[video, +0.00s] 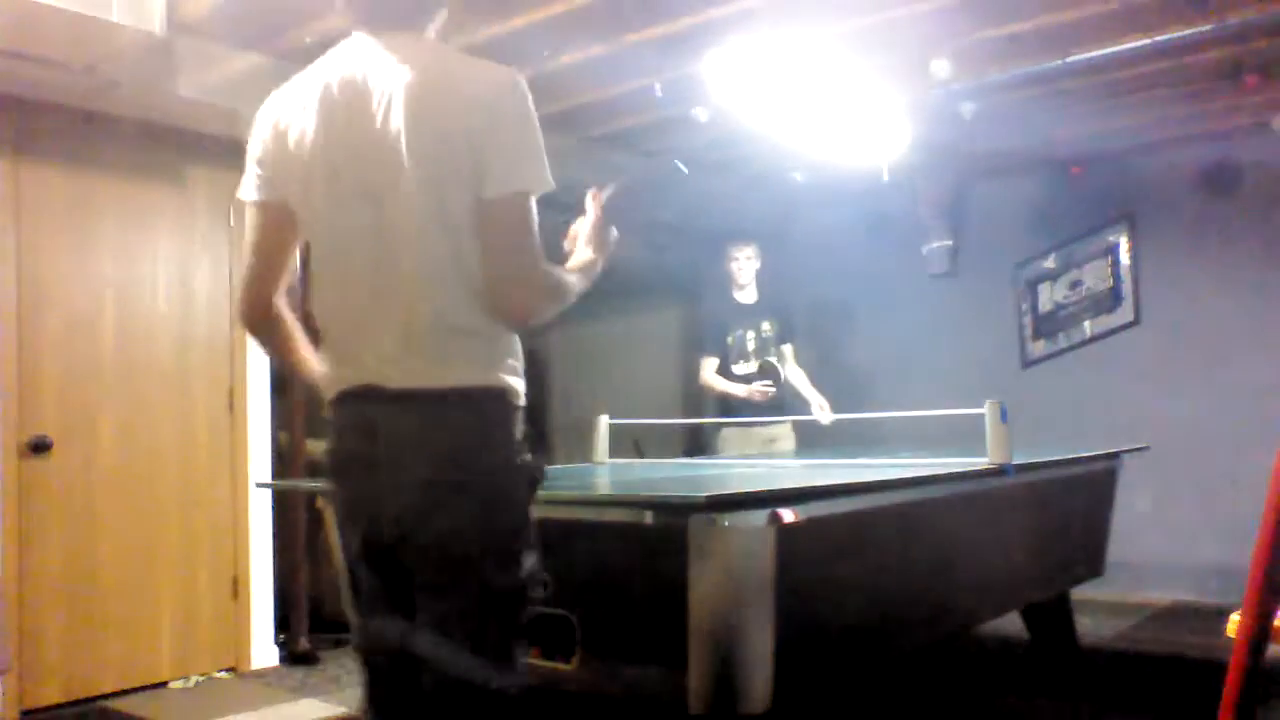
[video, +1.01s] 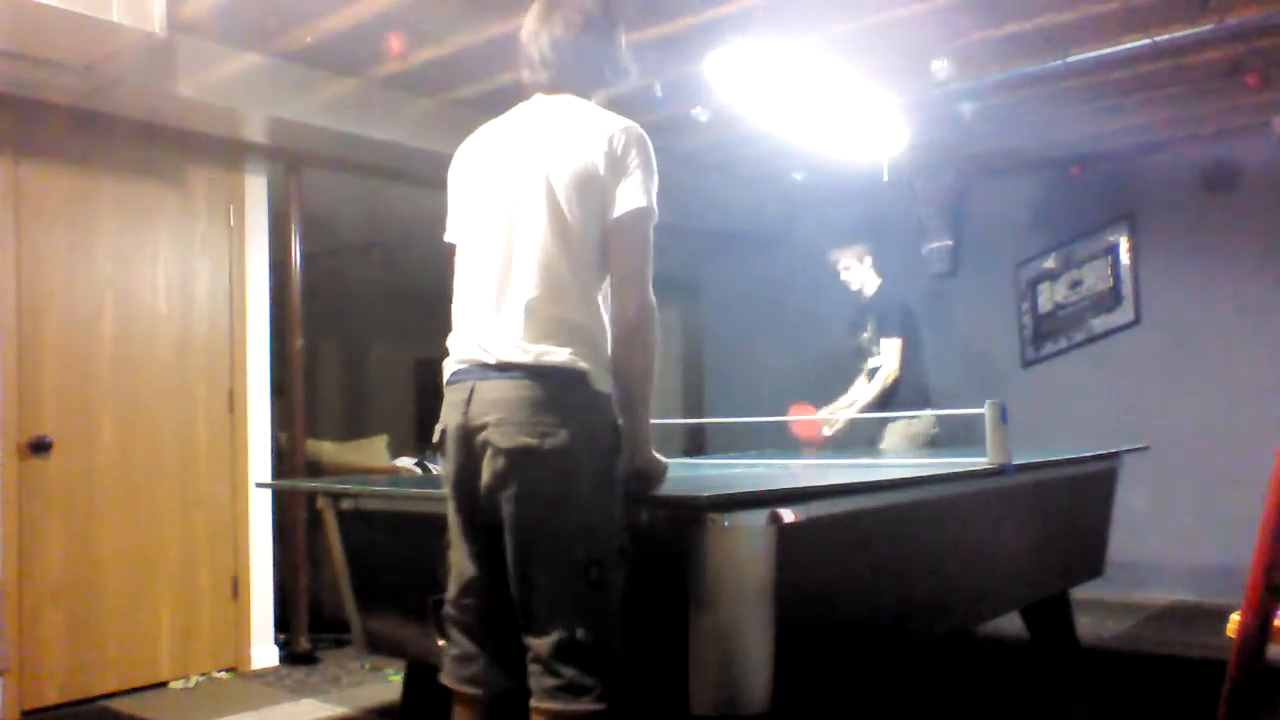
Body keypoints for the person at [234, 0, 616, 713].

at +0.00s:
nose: (461, 24)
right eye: (455, 18)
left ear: (351, 9)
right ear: (444, 11)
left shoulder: (289, 106)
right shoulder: (487, 90)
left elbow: (260, 302)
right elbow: (518, 299)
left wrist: (334, 388)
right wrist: (588, 258)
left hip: (359, 423)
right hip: (467, 421)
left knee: (390, 667)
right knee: (480, 660)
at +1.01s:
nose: (624, 68)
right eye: (619, 51)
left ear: (529, 57)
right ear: (608, 55)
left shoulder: (473, 147)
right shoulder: (617, 137)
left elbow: (467, 291)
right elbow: (631, 307)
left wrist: (459, 418)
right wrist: (638, 439)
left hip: (462, 410)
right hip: (554, 413)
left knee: (471, 640)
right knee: (566, 651)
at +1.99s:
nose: (506, 146)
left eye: (512, 132)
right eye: (506, 130)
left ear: (426, 106)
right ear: (481, 111)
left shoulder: (375, 183)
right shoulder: (436, 170)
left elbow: (369, 344)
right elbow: (381, 321)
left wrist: (461, 433)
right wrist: (495, 419)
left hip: (342, 438)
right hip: (389, 439)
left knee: (373, 652)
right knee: (484, 659)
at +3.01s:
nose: (264, 133)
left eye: (266, 116)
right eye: (257, 112)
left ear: (196, 107)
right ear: (209, 106)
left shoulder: (184, 193)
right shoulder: (145, 174)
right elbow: (57, 333)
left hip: (145, 482)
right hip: (79, 481)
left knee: (241, 667)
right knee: (56, 703)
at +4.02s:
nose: (459, 209)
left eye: (460, 196)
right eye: (454, 193)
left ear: (407, 193)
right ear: (424, 189)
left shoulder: (413, 284)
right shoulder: (367, 214)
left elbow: (477, 370)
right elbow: (251, 262)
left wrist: (565, 424)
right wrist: (337, 339)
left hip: (301, 456)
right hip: (238, 437)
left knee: (351, 622)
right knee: (212, 634)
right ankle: (98, 713)